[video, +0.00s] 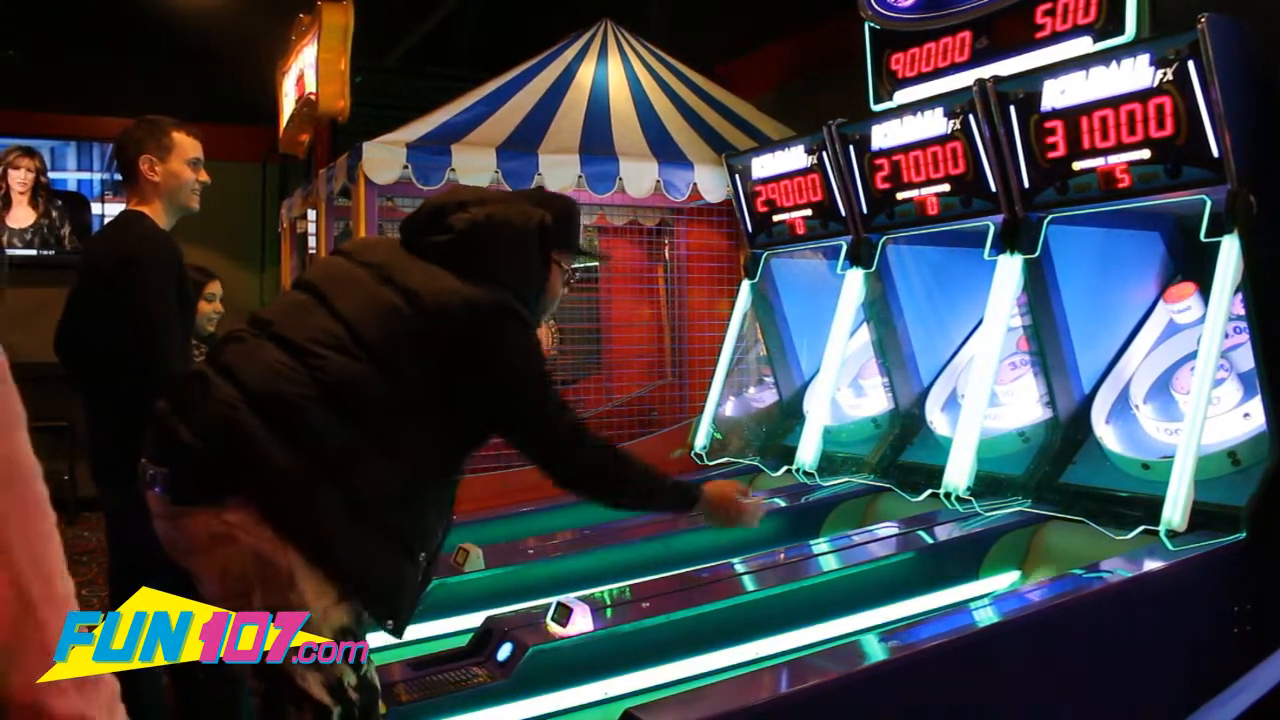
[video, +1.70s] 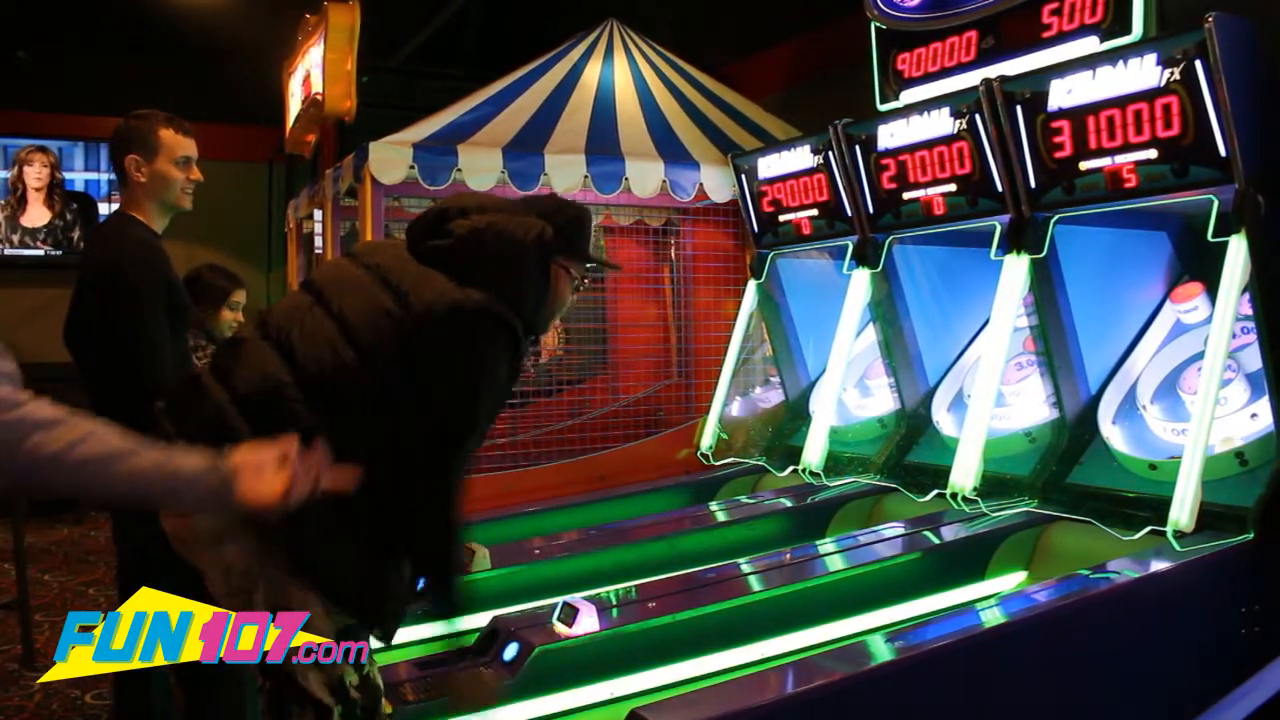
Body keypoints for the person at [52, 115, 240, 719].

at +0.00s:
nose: (204, 177)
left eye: (202, 164)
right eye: (194, 164)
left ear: (147, 172)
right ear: (150, 169)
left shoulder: (109, 241)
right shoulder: (153, 248)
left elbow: (70, 343)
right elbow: (168, 364)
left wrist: (117, 397)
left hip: (115, 447)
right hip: (150, 454)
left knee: (133, 583)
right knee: (165, 590)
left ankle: (140, 700)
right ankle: (170, 702)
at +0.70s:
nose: (202, 176)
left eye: (201, 163)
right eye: (191, 163)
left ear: (145, 171)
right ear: (146, 168)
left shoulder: (115, 240)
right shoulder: (147, 250)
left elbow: (75, 337)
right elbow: (168, 367)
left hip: (123, 451)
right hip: (150, 458)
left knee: (139, 592)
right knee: (172, 596)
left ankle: (135, 705)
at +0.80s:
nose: (201, 176)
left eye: (199, 163)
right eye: (189, 163)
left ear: (145, 172)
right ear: (144, 169)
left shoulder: (117, 241)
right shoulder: (144, 251)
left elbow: (76, 337)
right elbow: (168, 371)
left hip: (124, 451)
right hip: (150, 460)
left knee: (140, 592)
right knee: (171, 596)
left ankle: (137, 705)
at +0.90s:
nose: (199, 175)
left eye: (198, 163)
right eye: (188, 163)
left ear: (143, 172)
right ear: (142, 169)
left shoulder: (117, 242)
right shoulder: (140, 251)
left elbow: (77, 336)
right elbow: (169, 373)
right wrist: (235, 325)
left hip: (126, 452)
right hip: (150, 461)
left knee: (141, 594)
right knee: (171, 597)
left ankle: (138, 706)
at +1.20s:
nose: (196, 176)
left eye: (195, 163)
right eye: (183, 164)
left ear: (141, 172)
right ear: (137, 169)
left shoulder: (118, 241)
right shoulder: (137, 252)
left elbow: (79, 336)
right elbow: (163, 371)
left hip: (126, 451)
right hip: (145, 460)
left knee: (143, 591)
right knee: (166, 595)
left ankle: (139, 703)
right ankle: (156, 704)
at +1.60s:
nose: (196, 175)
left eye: (196, 163)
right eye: (184, 163)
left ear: (141, 171)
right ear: (138, 169)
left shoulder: (110, 240)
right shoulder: (138, 250)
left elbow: (77, 336)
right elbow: (163, 374)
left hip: (119, 444)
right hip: (146, 454)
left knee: (136, 593)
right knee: (148, 601)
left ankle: (135, 700)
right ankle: (145, 704)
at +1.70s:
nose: (195, 177)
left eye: (195, 165)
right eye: (183, 164)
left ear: (141, 173)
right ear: (137, 169)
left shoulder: (119, 242)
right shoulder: (133, 251)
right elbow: (161, 381)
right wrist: (222, 462)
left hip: (137, 454)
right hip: (147, 458)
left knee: (151, 601)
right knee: (168, 605)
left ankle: (146, 706)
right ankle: (165, 707)